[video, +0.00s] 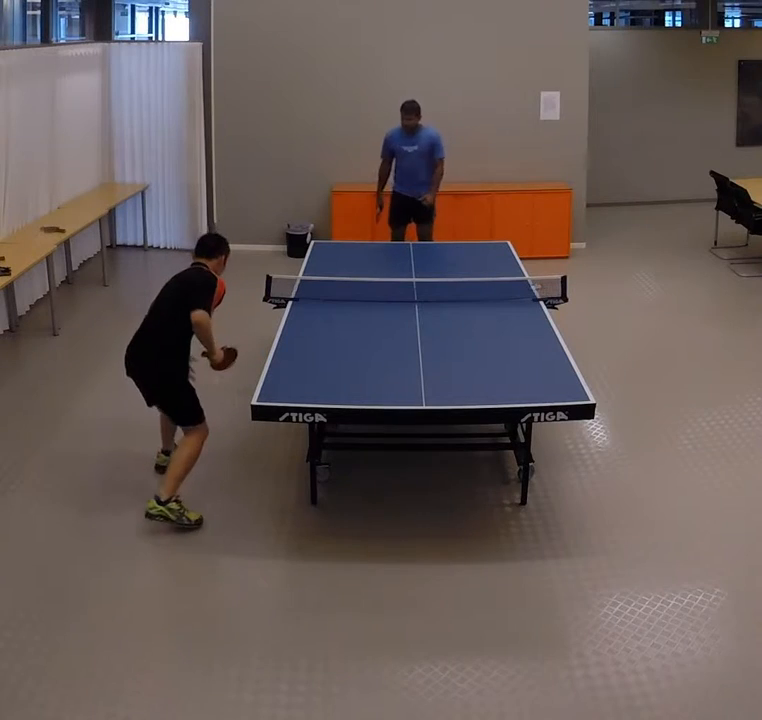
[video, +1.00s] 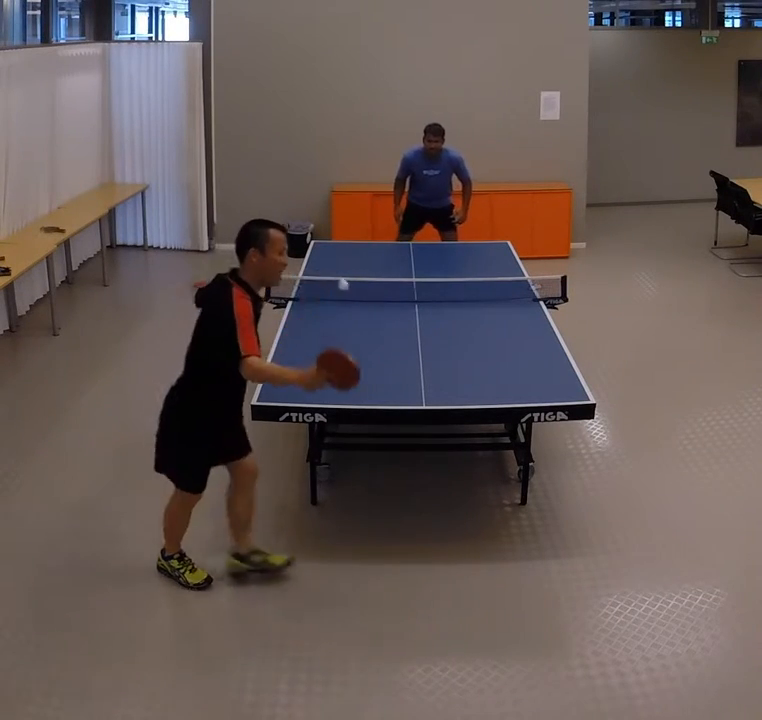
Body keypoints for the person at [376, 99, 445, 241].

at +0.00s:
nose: (406, 123)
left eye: (410, 119)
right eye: (404, 119)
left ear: (419, 118)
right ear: (400, 118)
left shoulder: (432, 137)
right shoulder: (392, 137)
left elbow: (439, 166)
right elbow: (385, 165)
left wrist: (432, 193)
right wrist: (379, 193)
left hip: (423, 197)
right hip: (400, 196)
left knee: (425, 240)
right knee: (397, 240)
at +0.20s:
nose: (401, 122)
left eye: (405, 119)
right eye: (399, 118)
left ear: (414, 118)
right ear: (395, 117)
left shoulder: (428, 136)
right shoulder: (387, 138)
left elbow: (440, 162)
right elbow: (379, 165)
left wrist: (450, 192)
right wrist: (371, 193)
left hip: (424, 196)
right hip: (399, 196)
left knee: (430, 241)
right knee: (396, 241)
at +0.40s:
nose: (407, 126)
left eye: (411, 123)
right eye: (405, 122)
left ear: (420, 123)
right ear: (401, 122)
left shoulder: (433, 140)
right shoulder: (391, 143)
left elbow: (447, 163)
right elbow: (382, 167)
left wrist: (456, 192)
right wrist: (377, 192)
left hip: (430, 198)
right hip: (404, 199)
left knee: (441, 241)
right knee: (397, 242)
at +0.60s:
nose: (428, 140)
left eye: (432, 137)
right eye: (425, 136)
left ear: (439, 137)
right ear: (420, 136)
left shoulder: (448, 154)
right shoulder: (408, 156)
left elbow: (461, 178)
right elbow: (397, 180)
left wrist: (459, 205)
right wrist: (389, 205)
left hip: (441, 207)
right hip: (415, 207)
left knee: (450, 244)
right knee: (401, 243)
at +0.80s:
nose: (438, 147)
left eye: (442, 144)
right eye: (435, 143)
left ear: (449, 144)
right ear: (430, 142)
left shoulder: (458, 161)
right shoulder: (416, 160)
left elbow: (470, 185)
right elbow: (405, 182)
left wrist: (465, 210)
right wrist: (399, 206)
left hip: (446, 209)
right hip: (419, 207)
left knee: (453, 247)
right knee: (402, 243)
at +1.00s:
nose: (432, 145)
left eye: (437, 142)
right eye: (429, 141)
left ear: (443, 142)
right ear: (423, 141)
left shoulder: (453, 159)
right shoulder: (411, 159)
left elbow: (467, 183)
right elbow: (400, 181)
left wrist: (464, 209)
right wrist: (397, 206)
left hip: (442, 208)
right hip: (416, 208)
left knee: (451, 246)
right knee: (401, 244)